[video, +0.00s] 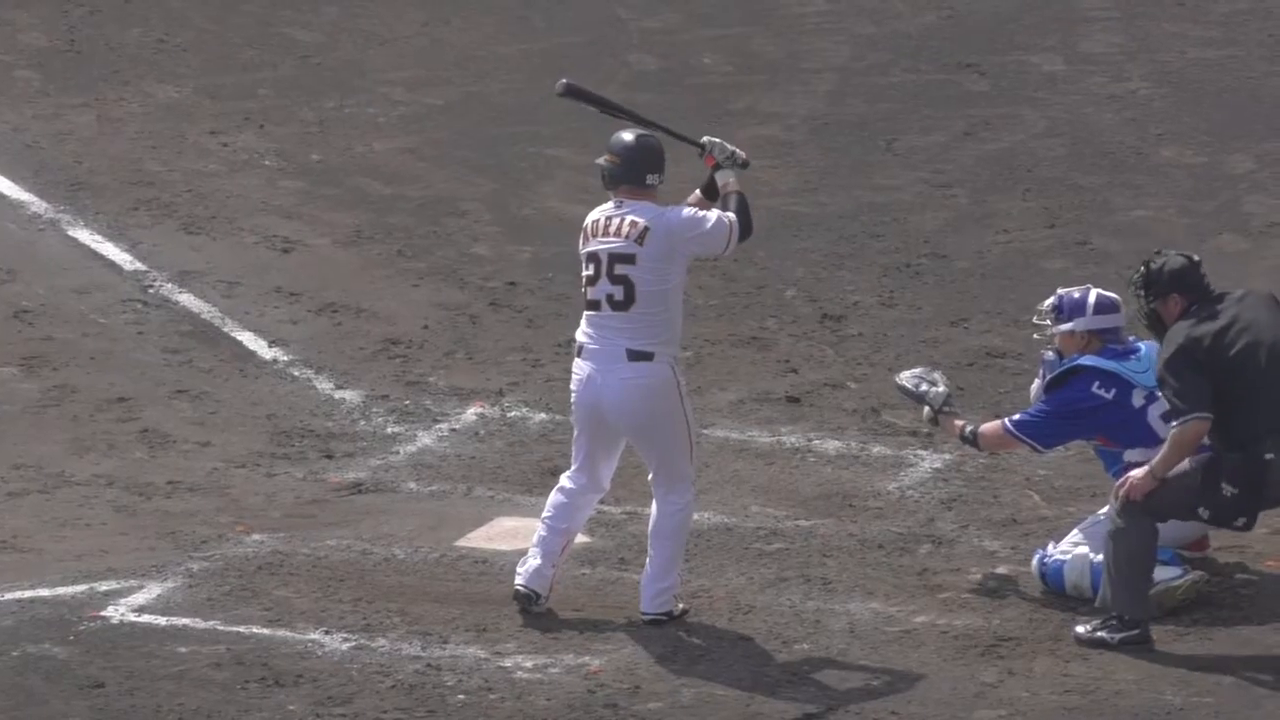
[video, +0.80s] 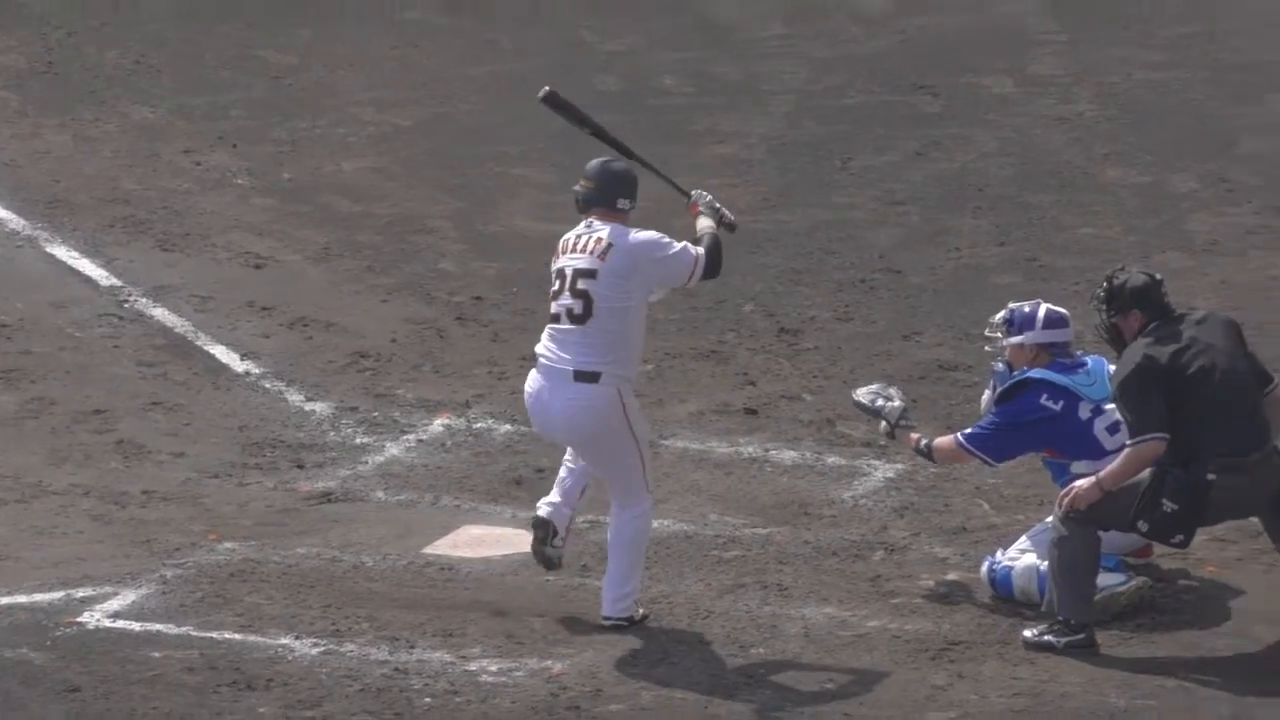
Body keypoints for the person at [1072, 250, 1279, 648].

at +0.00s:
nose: (1152, 313)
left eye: (1154, 304)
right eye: (1149, 304)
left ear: (1175, 303)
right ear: (1201, 288)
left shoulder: (1182, 343)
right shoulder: (1260, 301)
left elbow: (1195, 422)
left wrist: (1152, 473)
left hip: (1256, 470)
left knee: (1132, 499)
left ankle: (1127, 619)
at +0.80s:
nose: (1113, 329)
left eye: (1115, 320)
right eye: (1111, 320)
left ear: (1135, 319)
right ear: (1163, 306)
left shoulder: (1136, 363)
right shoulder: (1220, 325)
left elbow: (1150, 444)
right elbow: (1269, 391)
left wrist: (1096, 484)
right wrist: (1262, 446)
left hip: (1198, 492)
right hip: (1264, 477)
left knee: (1074, 509)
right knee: (1266, 480)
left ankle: (1071, 624)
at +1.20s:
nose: (1063, 326)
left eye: (1066, 319)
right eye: (1061, 318)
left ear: (1085, 318)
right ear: (1112, 307)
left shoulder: (1086, 362)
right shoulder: (1165, 326)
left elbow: (1098, 438)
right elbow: (1217, 394)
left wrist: (1048, 474)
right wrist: (1199, 443)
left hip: (1142, 483)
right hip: (1204, 468)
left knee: (1029, 497)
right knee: (1214, 475)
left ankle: (1025, 604)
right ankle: (1257, 571)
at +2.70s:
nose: (1032, 307)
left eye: (1034, 299)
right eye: (1031, 299)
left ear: (1049, 298)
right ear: (1072, 288)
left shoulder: (1056, 342)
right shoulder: (1114, 300)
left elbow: (1069, 420)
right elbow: (1151, 361)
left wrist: (1044, 471)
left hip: (1123, 439)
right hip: (1173, 418)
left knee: (1040, 495)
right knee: (1210, 494)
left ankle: (1051, 593)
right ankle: (1264, 564)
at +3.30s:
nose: (1065, 262)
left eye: (1067, 254)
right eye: (1065, 254)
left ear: (1083, 256)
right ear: (1108, 248)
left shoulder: (1078, 307)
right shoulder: (1149, 273)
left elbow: (1075, 385)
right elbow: (1186, 317)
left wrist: (1071, 448)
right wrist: (1207, 323)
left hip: (1122, 417)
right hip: (1172, 404)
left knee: (1089, 512)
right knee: (1181, 506)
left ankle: (1086, 610)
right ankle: (1226, 604)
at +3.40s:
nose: (1086, 260)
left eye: (1087, 251)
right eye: (1086, 251)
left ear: (1100, 253)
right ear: (1131, 244)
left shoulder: (1094, 308)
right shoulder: (1169, 273)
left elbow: (1088, 384)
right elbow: (1201, 303)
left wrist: (1079, 444)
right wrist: (1220, 285)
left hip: (1131, 418)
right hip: (1184, 407)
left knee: (1100, 513)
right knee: (1192, 508)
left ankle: (1090, 610)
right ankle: (1231, 609)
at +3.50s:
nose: (1107, 255)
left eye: (1109, 248)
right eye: (1108, 247)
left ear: (1122, 252)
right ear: (1150, 244)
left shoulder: (1113, 306)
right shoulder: (1188, 270)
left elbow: (1103, 383)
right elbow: (1226, 278)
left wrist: (1089, 440)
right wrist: (1227, 234)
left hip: (1144, 417)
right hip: (1197, 406)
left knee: (1114, 513)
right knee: (1203, 509)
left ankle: (1095, 611)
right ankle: (1236, 612)